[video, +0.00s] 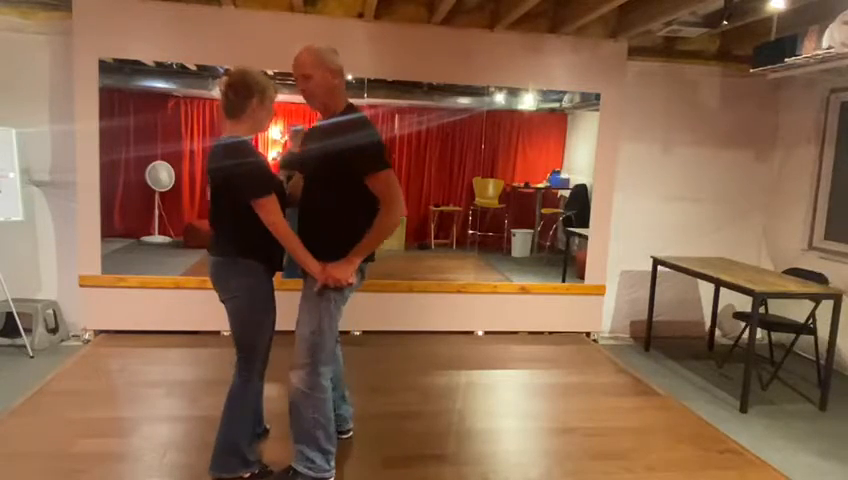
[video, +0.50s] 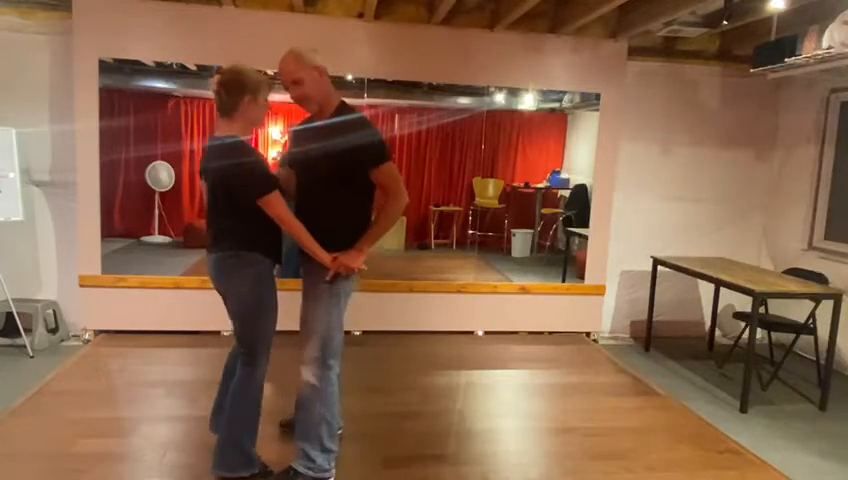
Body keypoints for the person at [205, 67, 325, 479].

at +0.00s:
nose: (271, 114)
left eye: (271, 106)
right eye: (269, 106)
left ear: (231, 104)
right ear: (255, 105)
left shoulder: (223, 152)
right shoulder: (245, 158)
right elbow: (275, 224)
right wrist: (317, 270)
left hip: (231, 263)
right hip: (246, 270)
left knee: (253, 355)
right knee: (251, 363)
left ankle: (251, 429)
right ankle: (232, 464)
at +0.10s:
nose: (273, 115)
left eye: (273, 107)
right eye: (271, 107)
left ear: (230, 106)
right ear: (255, 108)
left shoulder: (219, 154)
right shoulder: (248, 161)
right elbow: (279, 226)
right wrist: (320, 270)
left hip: (228, 266)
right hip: (247, 271)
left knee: (253, 356)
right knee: (249, 364)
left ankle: (252, 432)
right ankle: (231, 463)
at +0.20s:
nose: (272, 116)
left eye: (272, 108)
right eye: (271, 108)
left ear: (229, 106)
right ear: (258, 109)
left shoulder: (217, 154)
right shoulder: (250, 163)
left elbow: (208, 209)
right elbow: (282, 228)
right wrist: (324, 270)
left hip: (226, 267)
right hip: (249, 272)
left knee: (251, 359)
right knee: (250, 366)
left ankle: (250, 437)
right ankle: (232, 463)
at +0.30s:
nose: (272, 116)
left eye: (272, 108)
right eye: (270, 108)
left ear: (229, 107)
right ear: (257, 109)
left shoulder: (216, 155)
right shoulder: (250, 163)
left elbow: (205, 210)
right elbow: (283, 226)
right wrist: (325, 267)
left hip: (226, 266)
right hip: (249, 272)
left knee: (249, 359)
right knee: (251, 365)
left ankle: (234, 452)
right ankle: (234, 463)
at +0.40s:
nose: (270, 112)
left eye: (270, 105)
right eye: (267, 105)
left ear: (228, 106)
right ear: (251, 106)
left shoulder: (215, 153)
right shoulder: (248, 162)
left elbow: (209, 207)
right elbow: (284, 223)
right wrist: (325, 262)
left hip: (226, 264)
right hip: (249, 269)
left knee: (249, 350)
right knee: (254, 361)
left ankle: (224, 423)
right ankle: (234, 461)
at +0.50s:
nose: (267, 109)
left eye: (267, 101)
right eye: (263, 101)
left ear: (223, 103)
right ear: (244, 104)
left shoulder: (215, 150)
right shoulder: (243, 157)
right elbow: (284, 219)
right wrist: (325, 258)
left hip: (226, 261)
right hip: (249, 266)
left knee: (247, 345)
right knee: (255, 357)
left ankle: (223, 422)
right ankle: (235, 459)